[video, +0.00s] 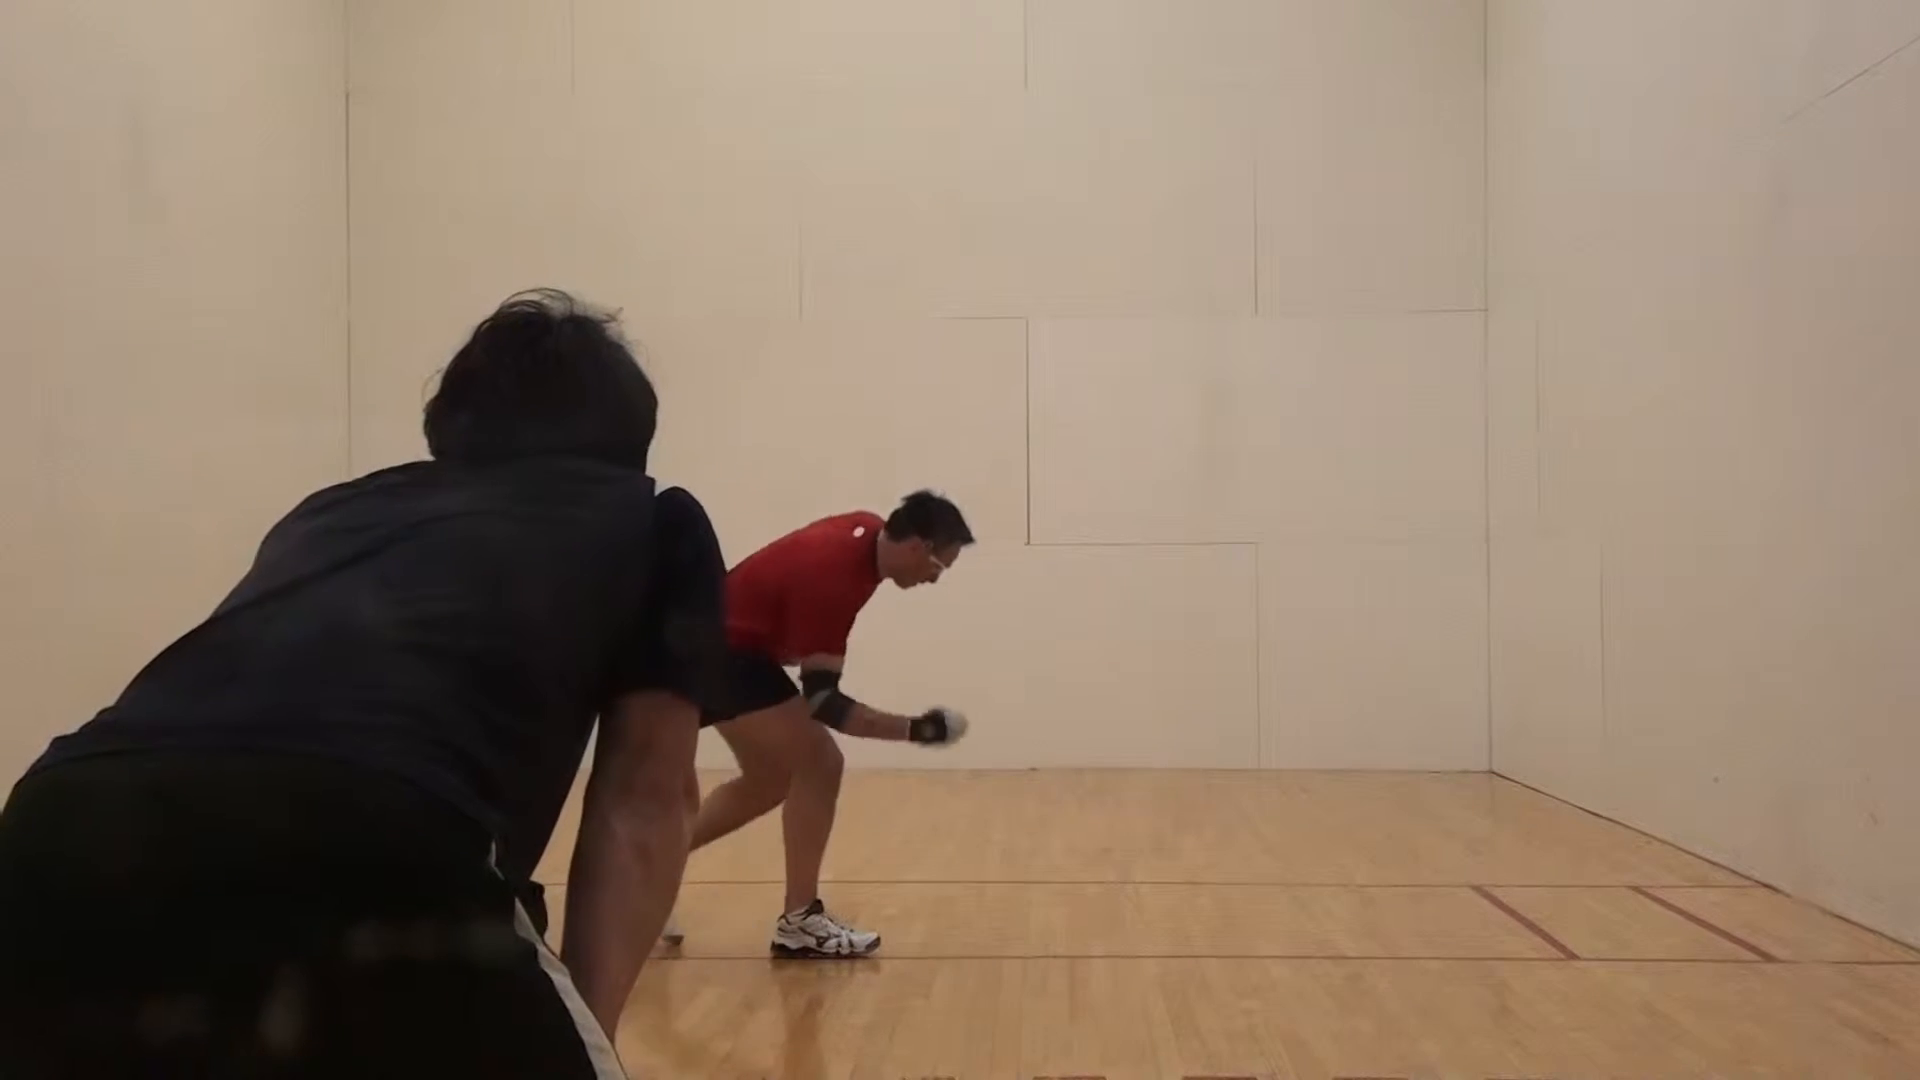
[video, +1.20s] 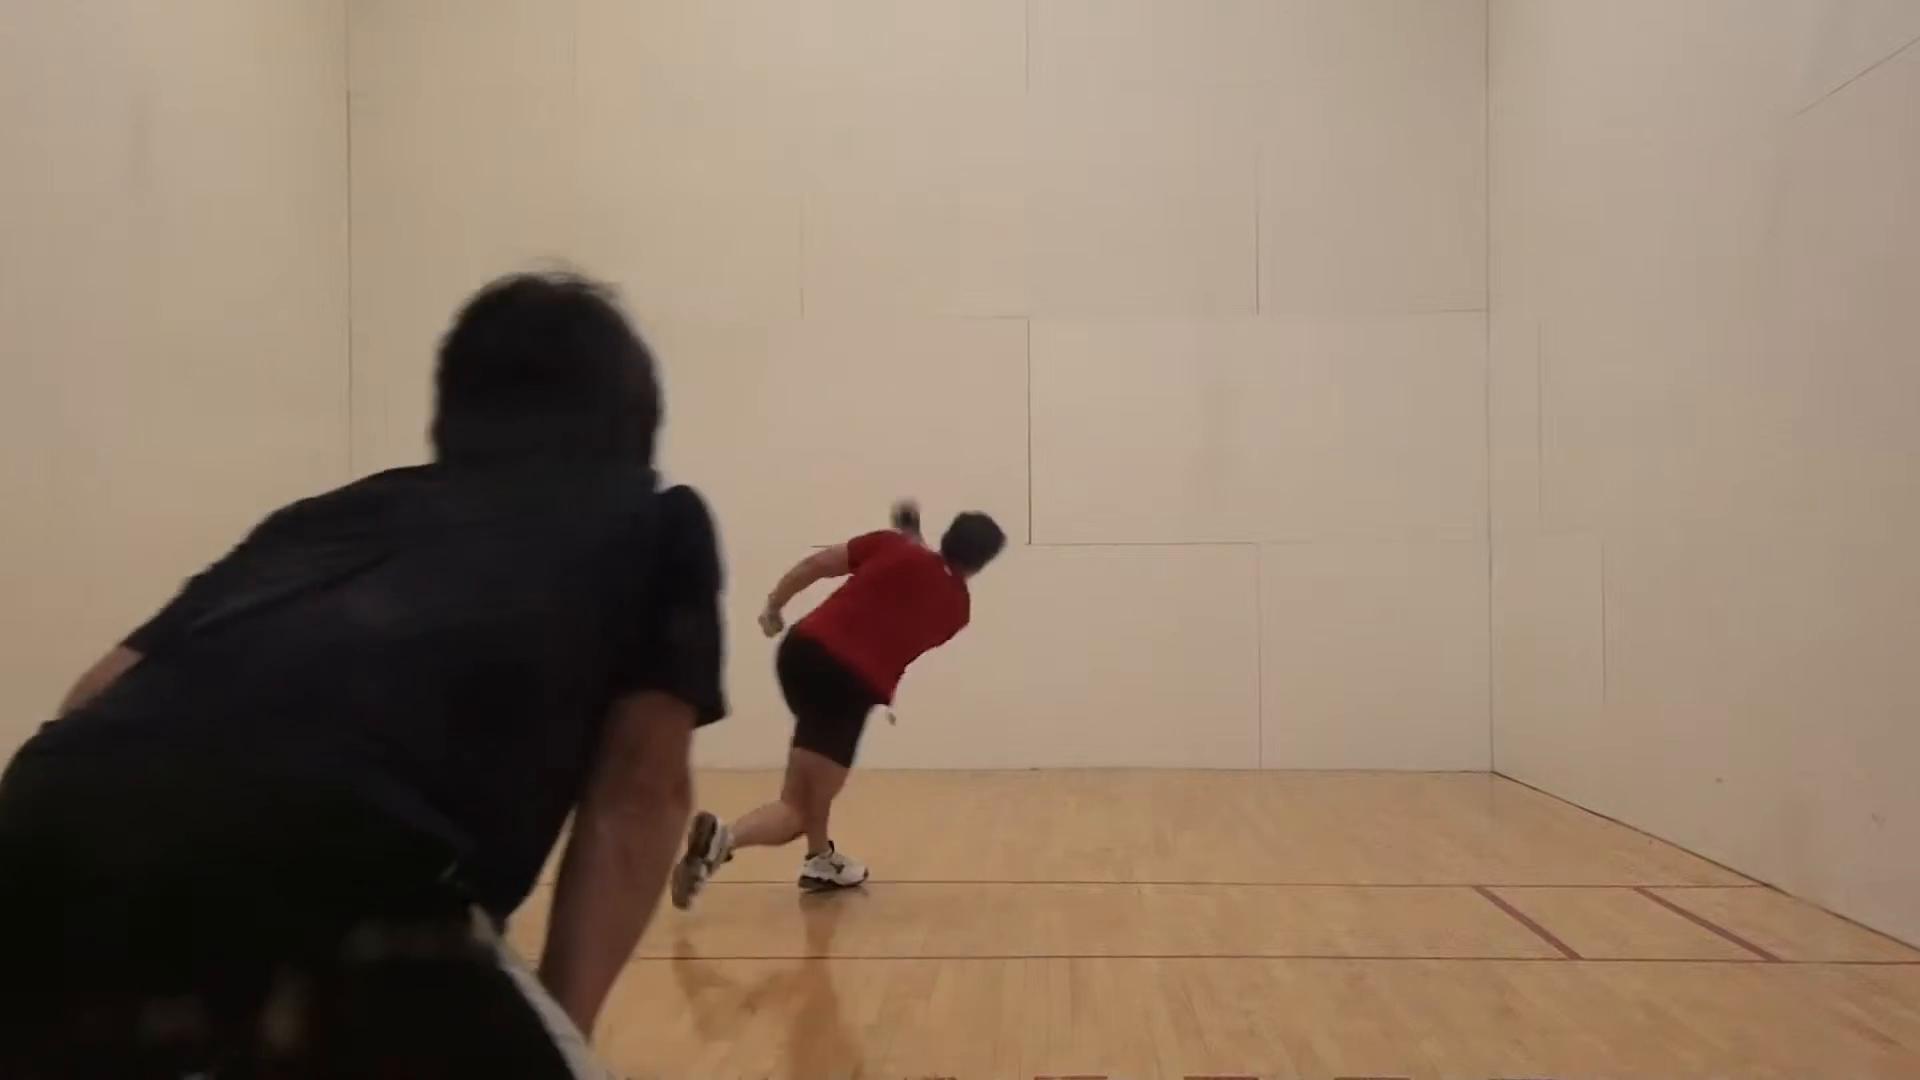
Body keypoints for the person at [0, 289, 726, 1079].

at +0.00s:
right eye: (643, 455)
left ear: (445, 431)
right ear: (628, 451)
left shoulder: (330, 506)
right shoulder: (649, 519)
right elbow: (648, 793)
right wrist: (581, 1032)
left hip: (64, 854)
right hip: (377, 875)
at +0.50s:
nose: (682, 400)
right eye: (683, 383)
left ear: (480, 393)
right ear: (669, 395)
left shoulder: (386, 490)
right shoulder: (702, 489)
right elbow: (708, 769)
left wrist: (745, 585)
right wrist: (638, 1020)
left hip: (148, 830)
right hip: (434, 846)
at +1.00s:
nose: (755, 445)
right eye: (755, 428)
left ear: (554, 423)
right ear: (746, 432)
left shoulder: (447, 507)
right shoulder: (757, 518)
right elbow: (728, 794)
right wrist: (619, 1028)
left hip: (135, 832)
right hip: (411, 849)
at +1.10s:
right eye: (715, 427)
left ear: (517, 424)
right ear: (705, 433)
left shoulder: (409, 508)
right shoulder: (719, 518)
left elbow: (161, 687)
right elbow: (690, 799)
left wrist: (219, 990)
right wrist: (592, 1027)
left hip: (114, 814)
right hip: (393, 840)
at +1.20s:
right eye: (648, 431)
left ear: (448, 419)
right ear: (637, 426)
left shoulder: (326, 512)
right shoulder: (650, 519)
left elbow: (99, 693)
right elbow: (642, 794)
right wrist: (554, 1039)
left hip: (48, 869)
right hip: (334, 888)